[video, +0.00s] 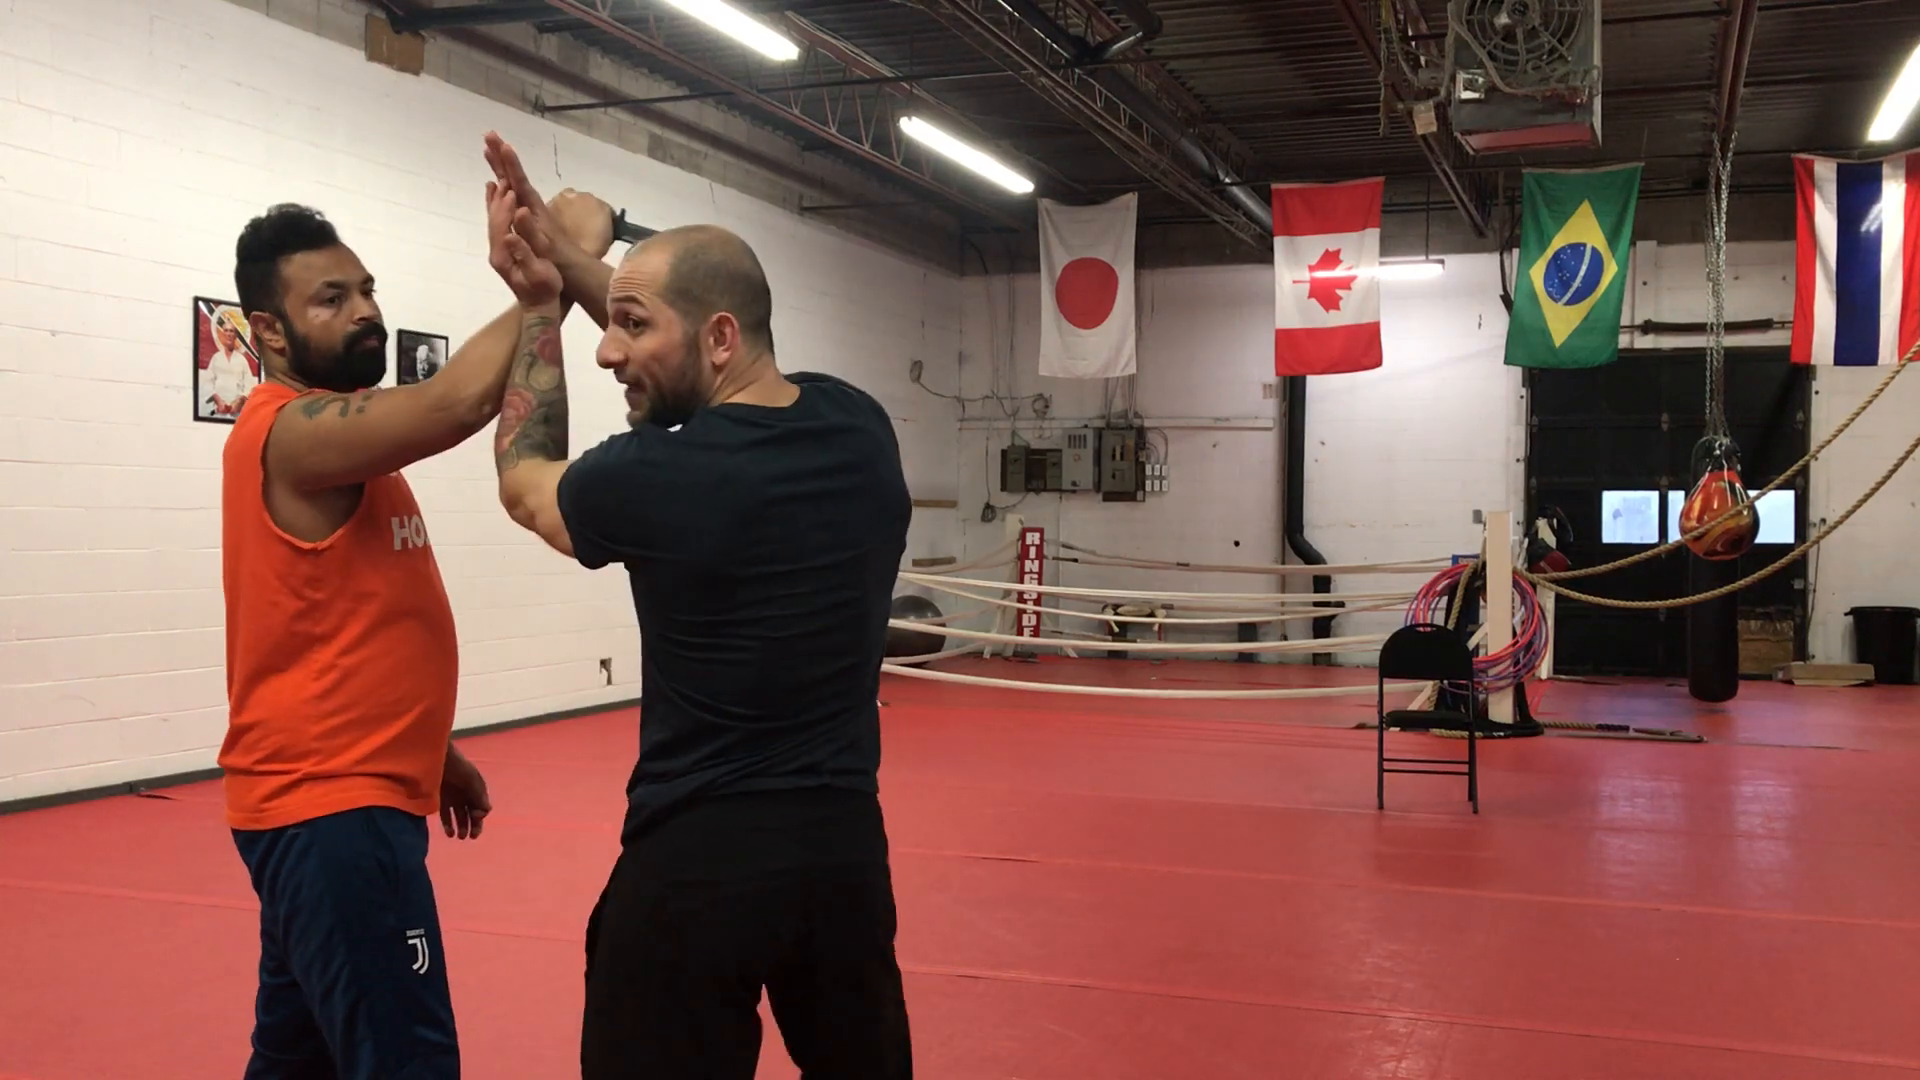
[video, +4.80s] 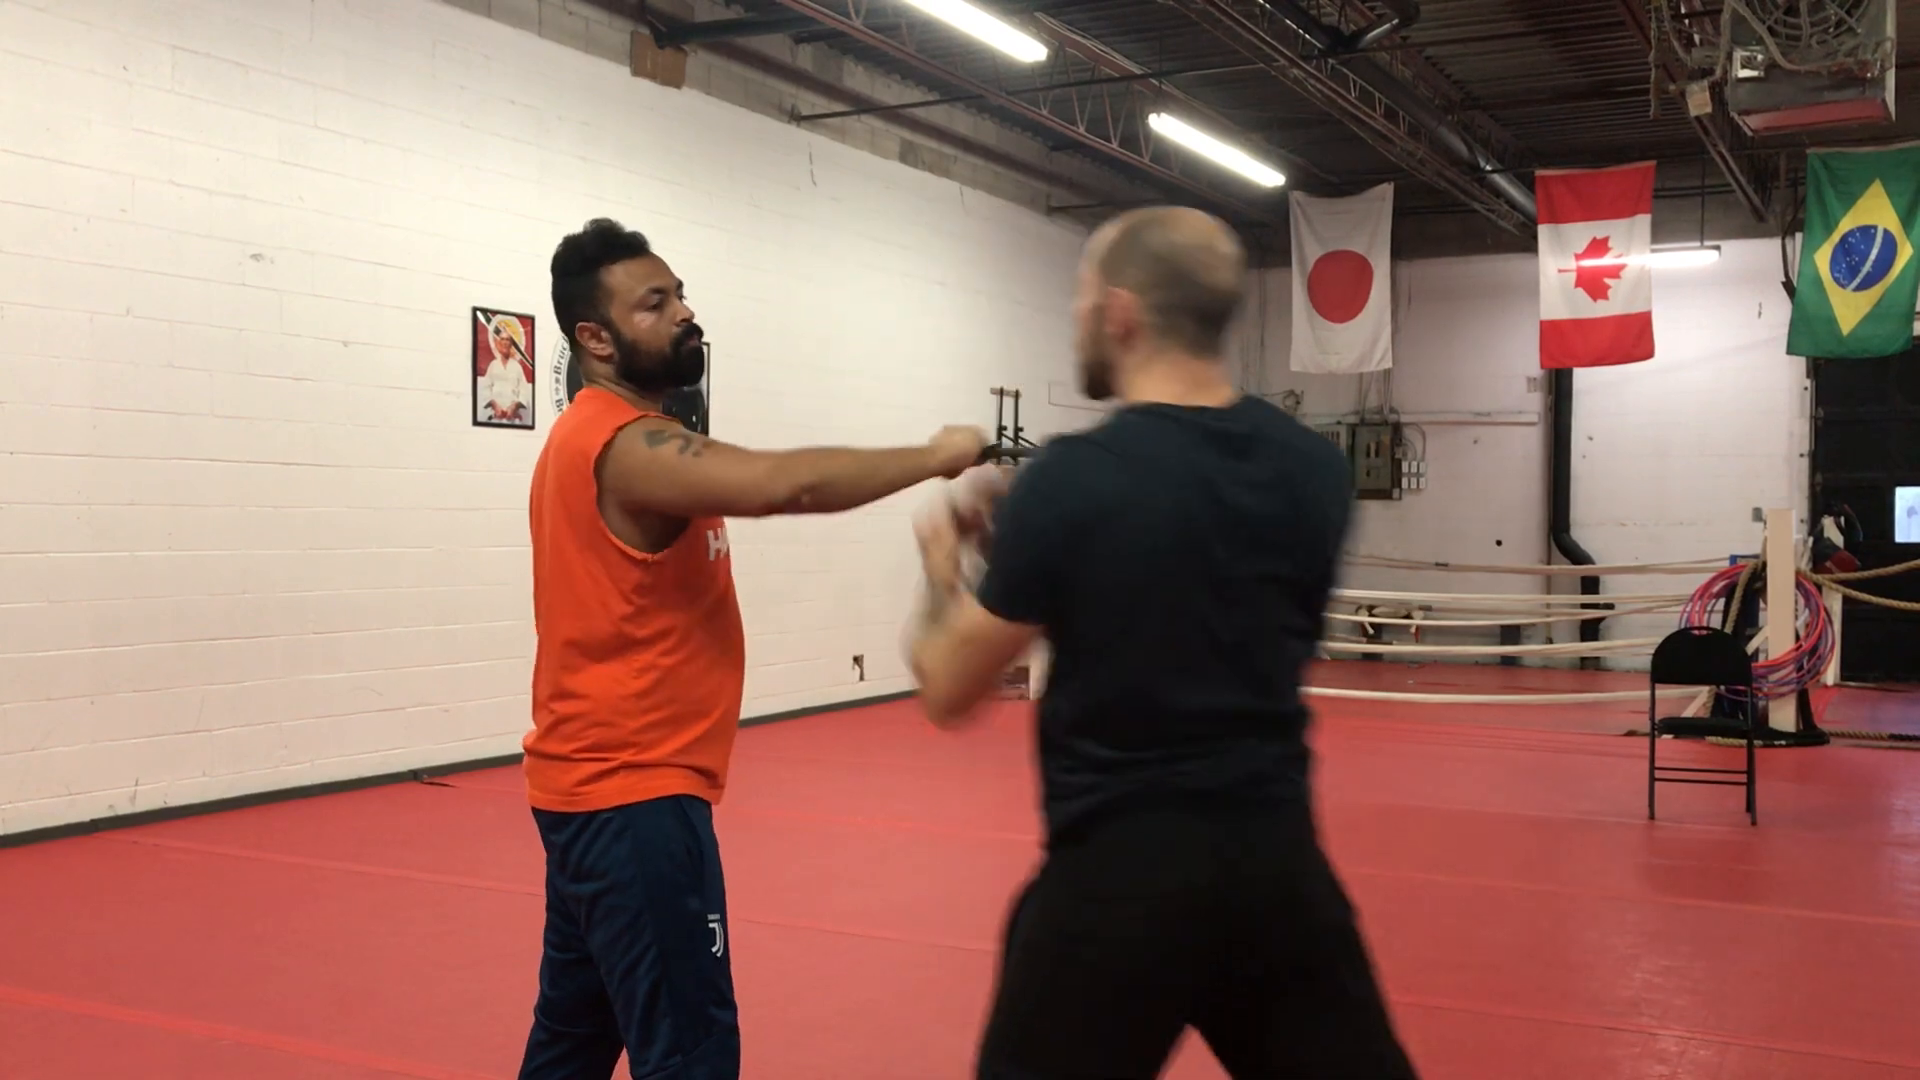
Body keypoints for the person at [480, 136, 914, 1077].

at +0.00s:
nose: (609, 355)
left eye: (634, 325)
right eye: (612, 325)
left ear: (719, 339)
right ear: (728, 337)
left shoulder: (649, 475)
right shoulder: (862, 428)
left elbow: (528, 482)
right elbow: (713, 364)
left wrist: (538, 308)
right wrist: (579, 273)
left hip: (686, 863)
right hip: (839, 853)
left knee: (651, 1059)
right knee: (868, 1063)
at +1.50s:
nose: (722, 353)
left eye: (739, 335)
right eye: (726, 331)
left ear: (810, 354)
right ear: (821, 348)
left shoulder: (774, 492)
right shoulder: (939, 429)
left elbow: (611, 497)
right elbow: (748, 338)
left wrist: (609, 313)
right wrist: (641, 265)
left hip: (776, 845)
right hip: (908, 829)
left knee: (734, 1063)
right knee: (928, 1066)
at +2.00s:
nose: (840, 361)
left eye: (866, 335)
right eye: (842, 334)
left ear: (945, 344)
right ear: (947, 347)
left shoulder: (889, 492)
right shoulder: (1055, 430)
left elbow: (728, 496)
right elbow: (867, 332)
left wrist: (737, 315)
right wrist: (773, 266)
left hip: (881, 845)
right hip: (1015, 831)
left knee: (839, 1064)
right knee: (1031, 1067)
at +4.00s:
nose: (923, 353)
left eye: (943, 328)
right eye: (926, 329)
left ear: (1021, 344)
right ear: (1027, 346)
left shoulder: (975, 486)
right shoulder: (1141, 436)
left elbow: (815, 499)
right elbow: (954, 350)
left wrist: (831, 318)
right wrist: (872, 271)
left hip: (960, 847)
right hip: (1097, 835)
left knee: (920, 1062)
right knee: (1112, 1067)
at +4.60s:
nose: (950, 312)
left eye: (956, 291)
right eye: (952, 291)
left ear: (995, 305)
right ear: (1090, 299)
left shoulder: (961, 451)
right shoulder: (1185, 430)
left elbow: (829, 556)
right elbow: (1057, 432)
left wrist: (862, 408)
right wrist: (934, 373)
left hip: (1029, 859)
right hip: (1183, 838)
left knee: (981, 1064)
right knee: (1243, 1068)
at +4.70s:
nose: (1009, 309)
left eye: (1014, 289)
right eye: (1011, 289)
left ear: (1051, 303)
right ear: (1147, 302)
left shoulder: (1002, 465)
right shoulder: (1240, 445)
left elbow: (872, 612)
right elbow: (1120, 528)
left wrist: (891, 471)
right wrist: (983, 430)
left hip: (1061, 874)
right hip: (1222, 858)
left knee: (1001, 1066)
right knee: (1303, 1069)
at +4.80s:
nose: (1076, 317)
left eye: (1082, 297)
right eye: (1079, 296)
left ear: (1123, 314)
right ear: (1217, 313)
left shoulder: (1071, 477)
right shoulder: (1312, 467)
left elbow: (947, 689)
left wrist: (942, 574)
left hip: (1109, 895)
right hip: (1282, 886)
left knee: (1032, 1065)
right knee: (1365, 1069)